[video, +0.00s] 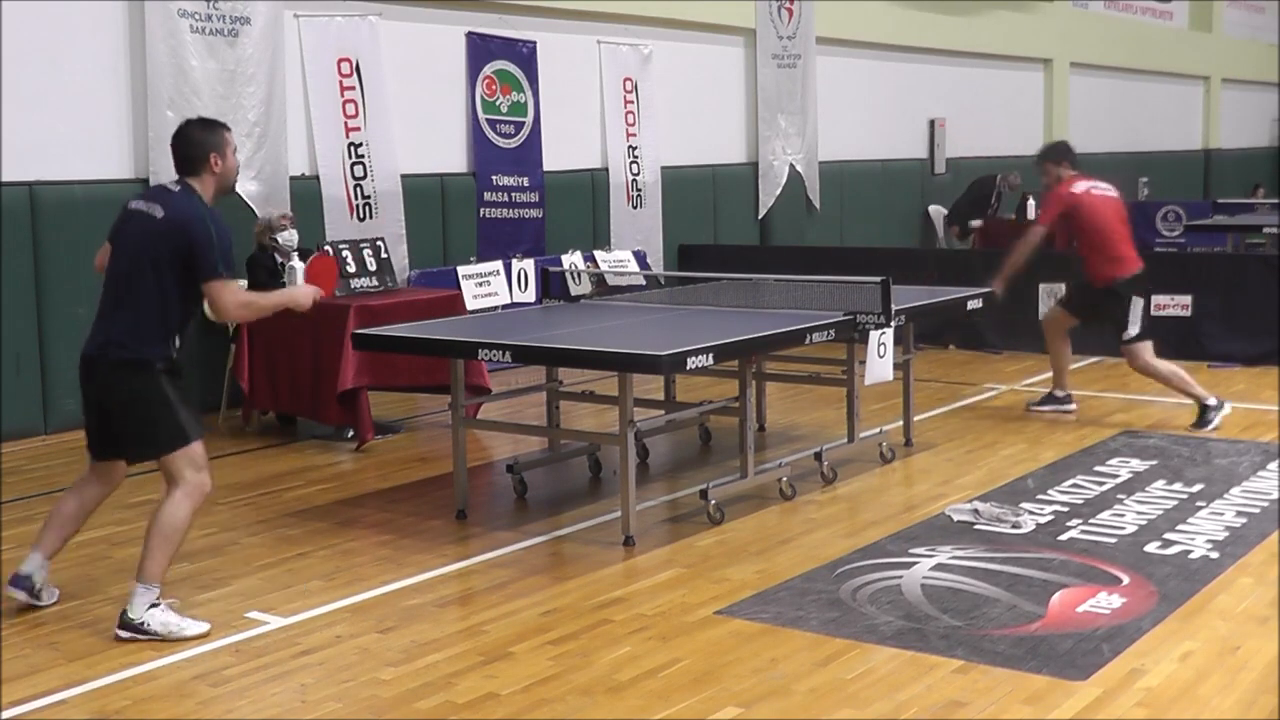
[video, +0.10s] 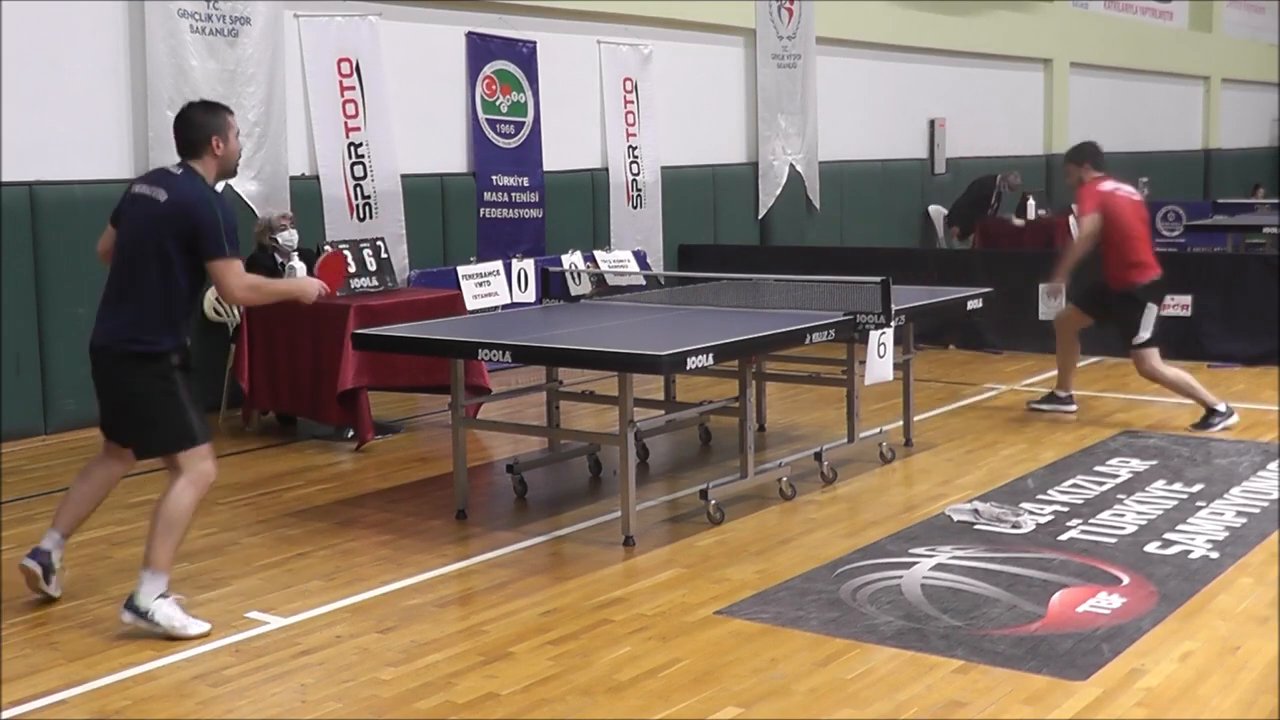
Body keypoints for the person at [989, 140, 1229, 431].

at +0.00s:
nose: (1044, 178)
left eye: (1046, 171)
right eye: (1043, 172)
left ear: (1062, 166)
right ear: (1069, 166)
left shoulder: (1062, 192)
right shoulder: (1104, 187)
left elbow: (1033, 238)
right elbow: (1115, 230)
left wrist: (1002, 278)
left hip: (1128, 283)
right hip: (1098, 284)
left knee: (1140, 359)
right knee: (1053, 323)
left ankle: (1209, 402)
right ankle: (1060, 395)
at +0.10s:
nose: (1068, 180)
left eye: (1069, 172)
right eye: (1066, 173)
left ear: (1084, 168)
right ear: (1096, 167)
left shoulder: (1090, 190)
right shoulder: (1126, 190)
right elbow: (1134, 234)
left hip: (1141, 287)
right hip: (1115, 285)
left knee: (1149, 365)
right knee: (1066, 323)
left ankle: (1218, 408)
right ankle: (1063, 394)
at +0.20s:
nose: (1110, 166)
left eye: (1111, 158)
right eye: (1109, 159)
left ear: (1126, 152)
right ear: (1125, 154)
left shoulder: (1172, 179)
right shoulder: (1127, 184)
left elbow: (1172, 220)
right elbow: (1095, 210)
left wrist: (1123, 215)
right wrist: (1069, 184)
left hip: (1163, 283)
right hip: (1127, 277)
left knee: (1165, 348)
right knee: (1070, 319)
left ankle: (1219, 411)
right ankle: (1081, 388)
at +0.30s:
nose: (1138, 163)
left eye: (1144, 157)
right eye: (1137, 157)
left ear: (1162, 154)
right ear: (1137, 153)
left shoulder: (1192, 186)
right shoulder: (1137, 175)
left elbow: (1205, 232)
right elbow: (1102, 161)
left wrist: (1171, 219)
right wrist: (1124, 139)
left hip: (1171, 280)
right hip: (1128, 275)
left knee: (1193, 339)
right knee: (1072, 324)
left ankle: (1226, 408)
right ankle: (1101, 371)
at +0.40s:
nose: (1165, 173)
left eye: (1171, 166)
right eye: (1163, 166)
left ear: (1190, 164)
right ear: (1159, 162)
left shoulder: (1213, 199)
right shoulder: (1153, 185)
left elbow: (1237, 244)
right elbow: (1110, 184)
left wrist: (1229, 268)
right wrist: (1131, 148)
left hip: (1182, 284)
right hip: (1135, 279)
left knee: (1209, 330)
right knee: (1080, 332)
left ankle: (1233, 408)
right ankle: (1078, 385)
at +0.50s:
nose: (1166, 163)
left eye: (1173, 157)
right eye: (1164, 156)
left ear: (1192, 154)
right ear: (1161, 154)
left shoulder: (1213, 189)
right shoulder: (1154, 181)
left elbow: (1238, 233)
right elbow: (1107, 195)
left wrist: (1237, 268)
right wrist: (1105, 168)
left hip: (1188, 280)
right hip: (1141, 277)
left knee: (1215, 330)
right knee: (1089, 332)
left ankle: (1234, 408)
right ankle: (1080, 388)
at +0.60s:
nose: (1154, 143)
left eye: (1160, 137)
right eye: (1151, 137)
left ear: (1180, 138)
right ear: (1152, 138)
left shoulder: (1208, 171)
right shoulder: (1148, 172)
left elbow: (1229, 210)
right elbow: (1114, 206)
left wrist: (1216, 249)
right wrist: (1094, 198)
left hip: (1199, 265)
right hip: (1157, 264)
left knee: (1214, 325)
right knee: (1111, 320)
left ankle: (1236, 404)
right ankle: (1091, 385)